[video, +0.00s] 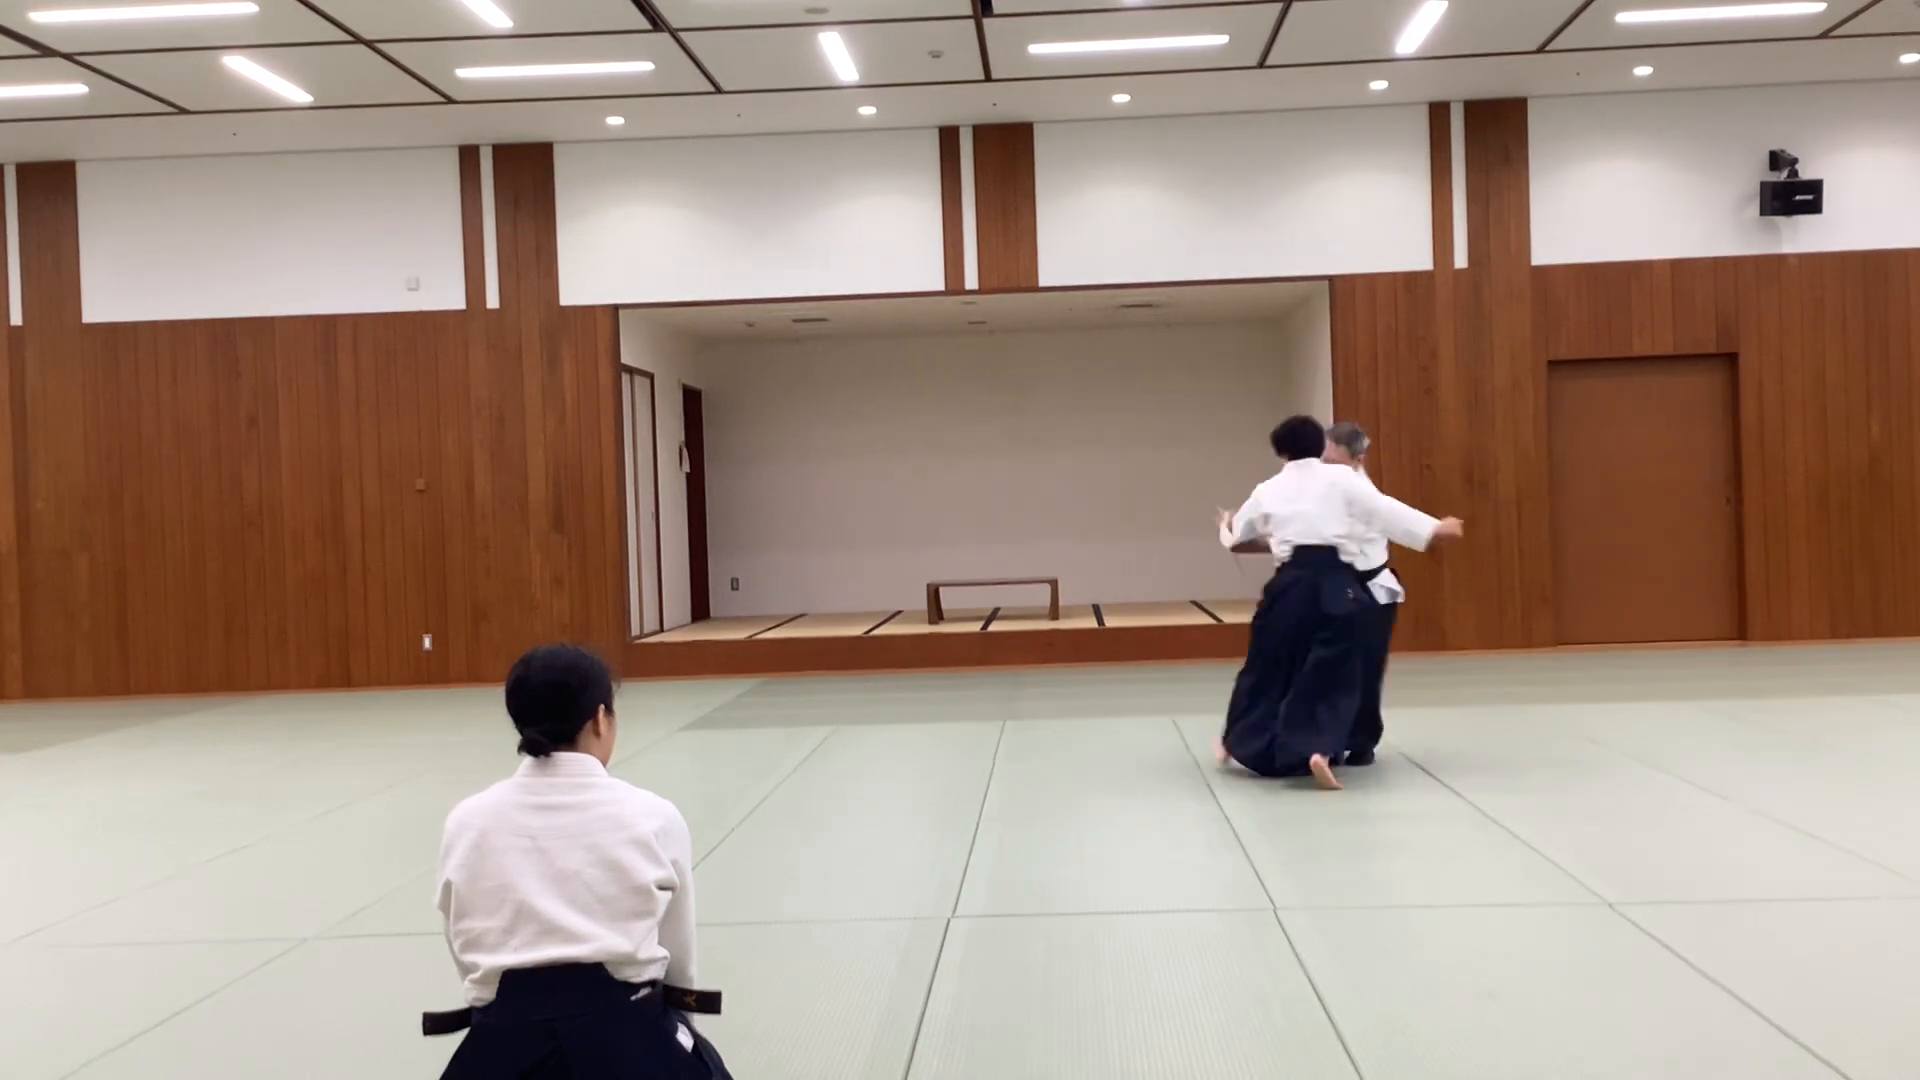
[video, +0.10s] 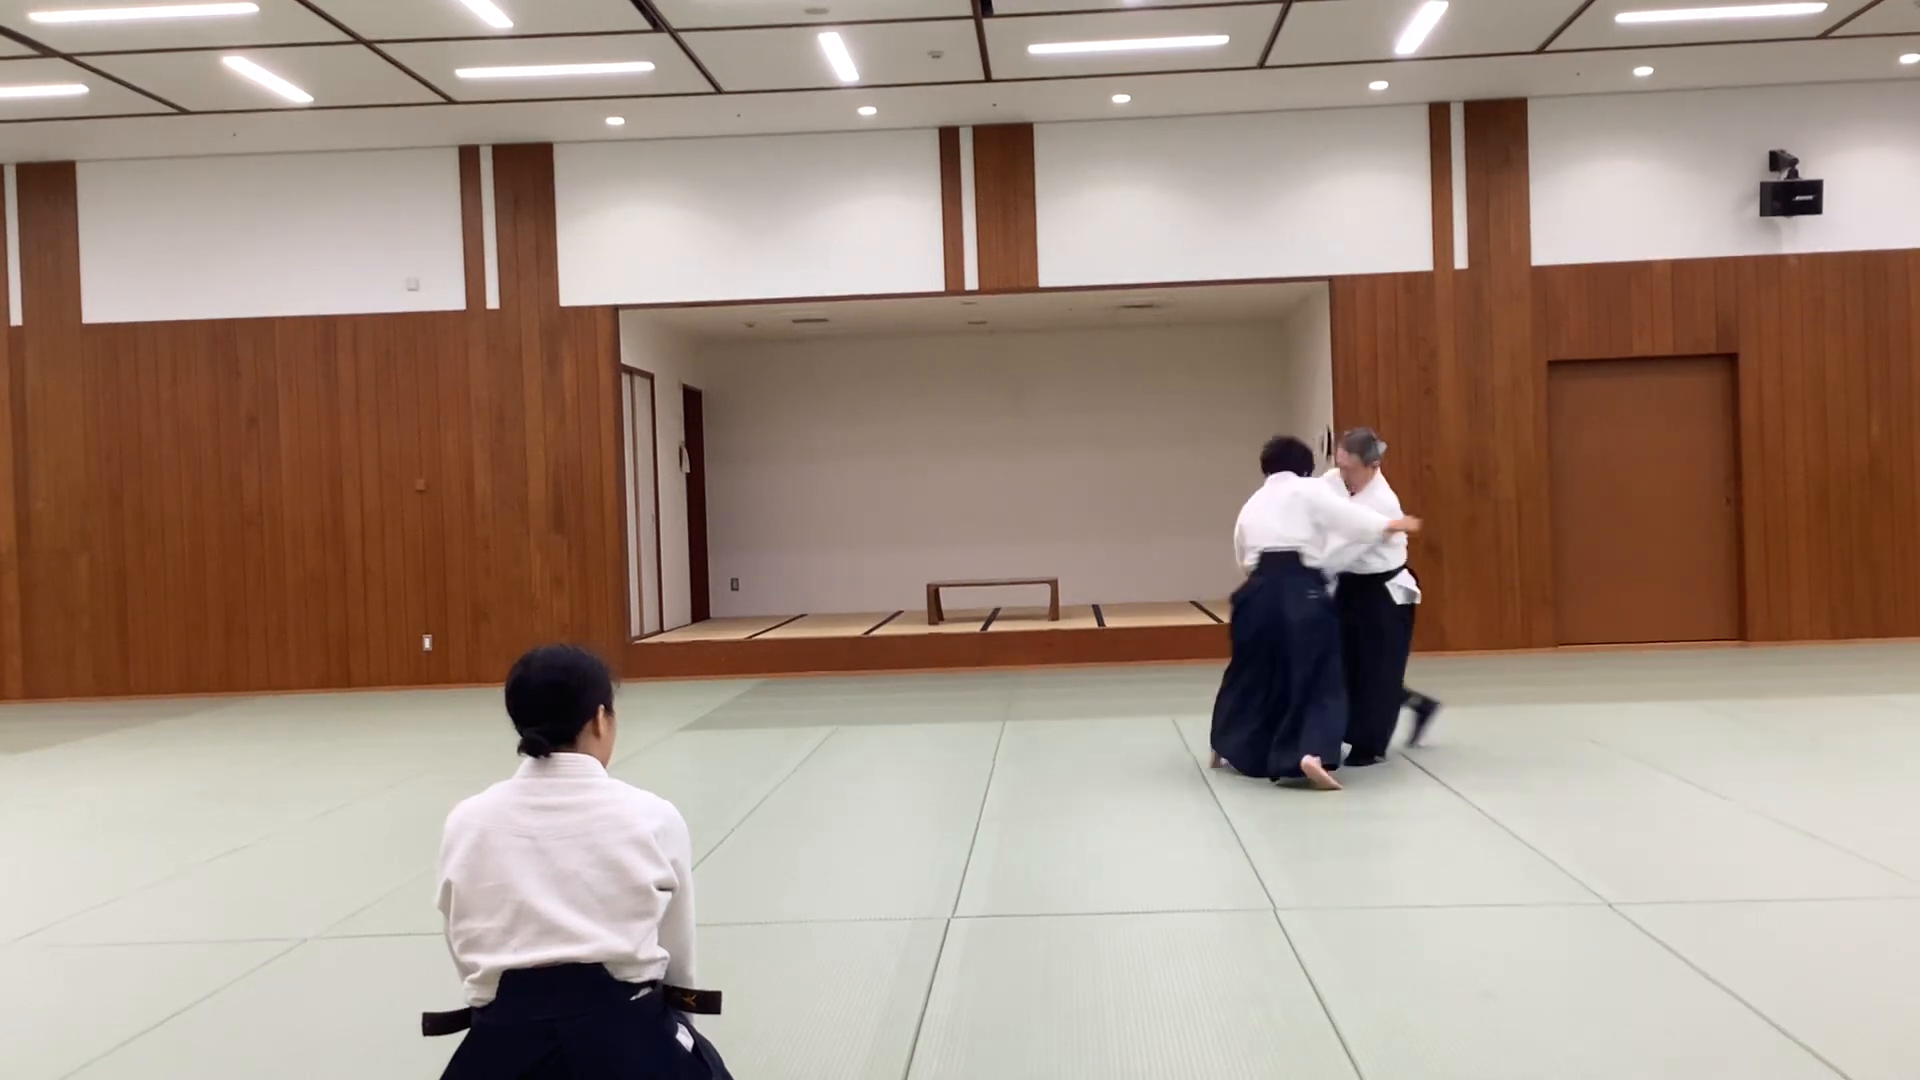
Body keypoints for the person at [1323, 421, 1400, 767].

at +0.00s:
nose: (1324, 462)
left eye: (1332, 456)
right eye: (1323, 455)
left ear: (1356, 459)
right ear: (1322, 451)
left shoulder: (1366, 492)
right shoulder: (1326, 488)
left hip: (1374, 587)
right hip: (1339, 587)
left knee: (1365, 670)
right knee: (1334, 667)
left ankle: (1361, 745)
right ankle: (1326, 745)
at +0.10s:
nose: (1340, 473)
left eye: (1347, 467)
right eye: (1339, 465)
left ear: (1371, 466)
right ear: (1337, 459)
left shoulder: (1383, 502)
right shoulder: (1335, 480)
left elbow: (1351, 549)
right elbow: (1306, 503)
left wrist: (1317, 563)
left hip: (1386, 589)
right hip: (1349, 584)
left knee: (1374, 671)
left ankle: (1368, 747)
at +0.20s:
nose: (1352, 474)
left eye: (1359, 469)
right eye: (1350, 467)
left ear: (1383, 468)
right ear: (1350, 459)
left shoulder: (1392, 505)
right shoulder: (1348, 484)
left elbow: (1360, 562)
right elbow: (1317, 522)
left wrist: (1312, 583)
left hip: (1406, 589)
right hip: (1379, 586)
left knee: (1381, 664)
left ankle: (1369, 741)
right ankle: (1463, 716)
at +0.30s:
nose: (1354, 473)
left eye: (1360, 467)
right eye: (1353, 466)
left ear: (1383, 465)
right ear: (1357, 461)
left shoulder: (1396, 504)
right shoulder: (1362, 488)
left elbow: (1374, 563)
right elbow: (1341, 532)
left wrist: (1333, 590)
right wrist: (1313, 569)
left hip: (1423, 586)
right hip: (1407, 581)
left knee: (1397, 658)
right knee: (1438, 655)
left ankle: (1388, 739)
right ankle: (1470, 724)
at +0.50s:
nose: (1353, 465)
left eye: (1357, 458)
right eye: (1351, 458)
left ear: (1379, 452)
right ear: (1374, 453)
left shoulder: (1397, 487)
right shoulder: (1375, 479)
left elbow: (1388, 550)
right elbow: (1366, 531)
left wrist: (1362, 597)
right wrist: (1359, 579)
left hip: (1434, 571)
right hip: (1425, 567)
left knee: (1423, 650)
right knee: (1453, 646)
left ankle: (1426, 732)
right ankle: (1467, 726)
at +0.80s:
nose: (1361, 475)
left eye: (1362, 467)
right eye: (1358, 469)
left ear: (1384, 460)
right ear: (1381, 461)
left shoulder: (1409, 486)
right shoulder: (1390, 489)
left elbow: (1402, 528)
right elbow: (1395, 535)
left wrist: (1372, 553)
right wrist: (1382, 563)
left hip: (1444, 573)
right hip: (1428, 573)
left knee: (1420, 649)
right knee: (1416, 649)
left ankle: (1427, 731)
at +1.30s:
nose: (1374, 465)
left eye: (1377, 458)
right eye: (1371, 459)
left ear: (1399, 452)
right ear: (1393, 453)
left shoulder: (1421, 478)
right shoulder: (1400, 480)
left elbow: (1408, 510)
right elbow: (1396, 517)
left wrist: (1360, 517)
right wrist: (1359, 525)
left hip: (1441, 571)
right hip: (1422, 570)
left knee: (1430, 649)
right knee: (1426, 647)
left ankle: (1430, 731)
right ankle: (1450, 721)